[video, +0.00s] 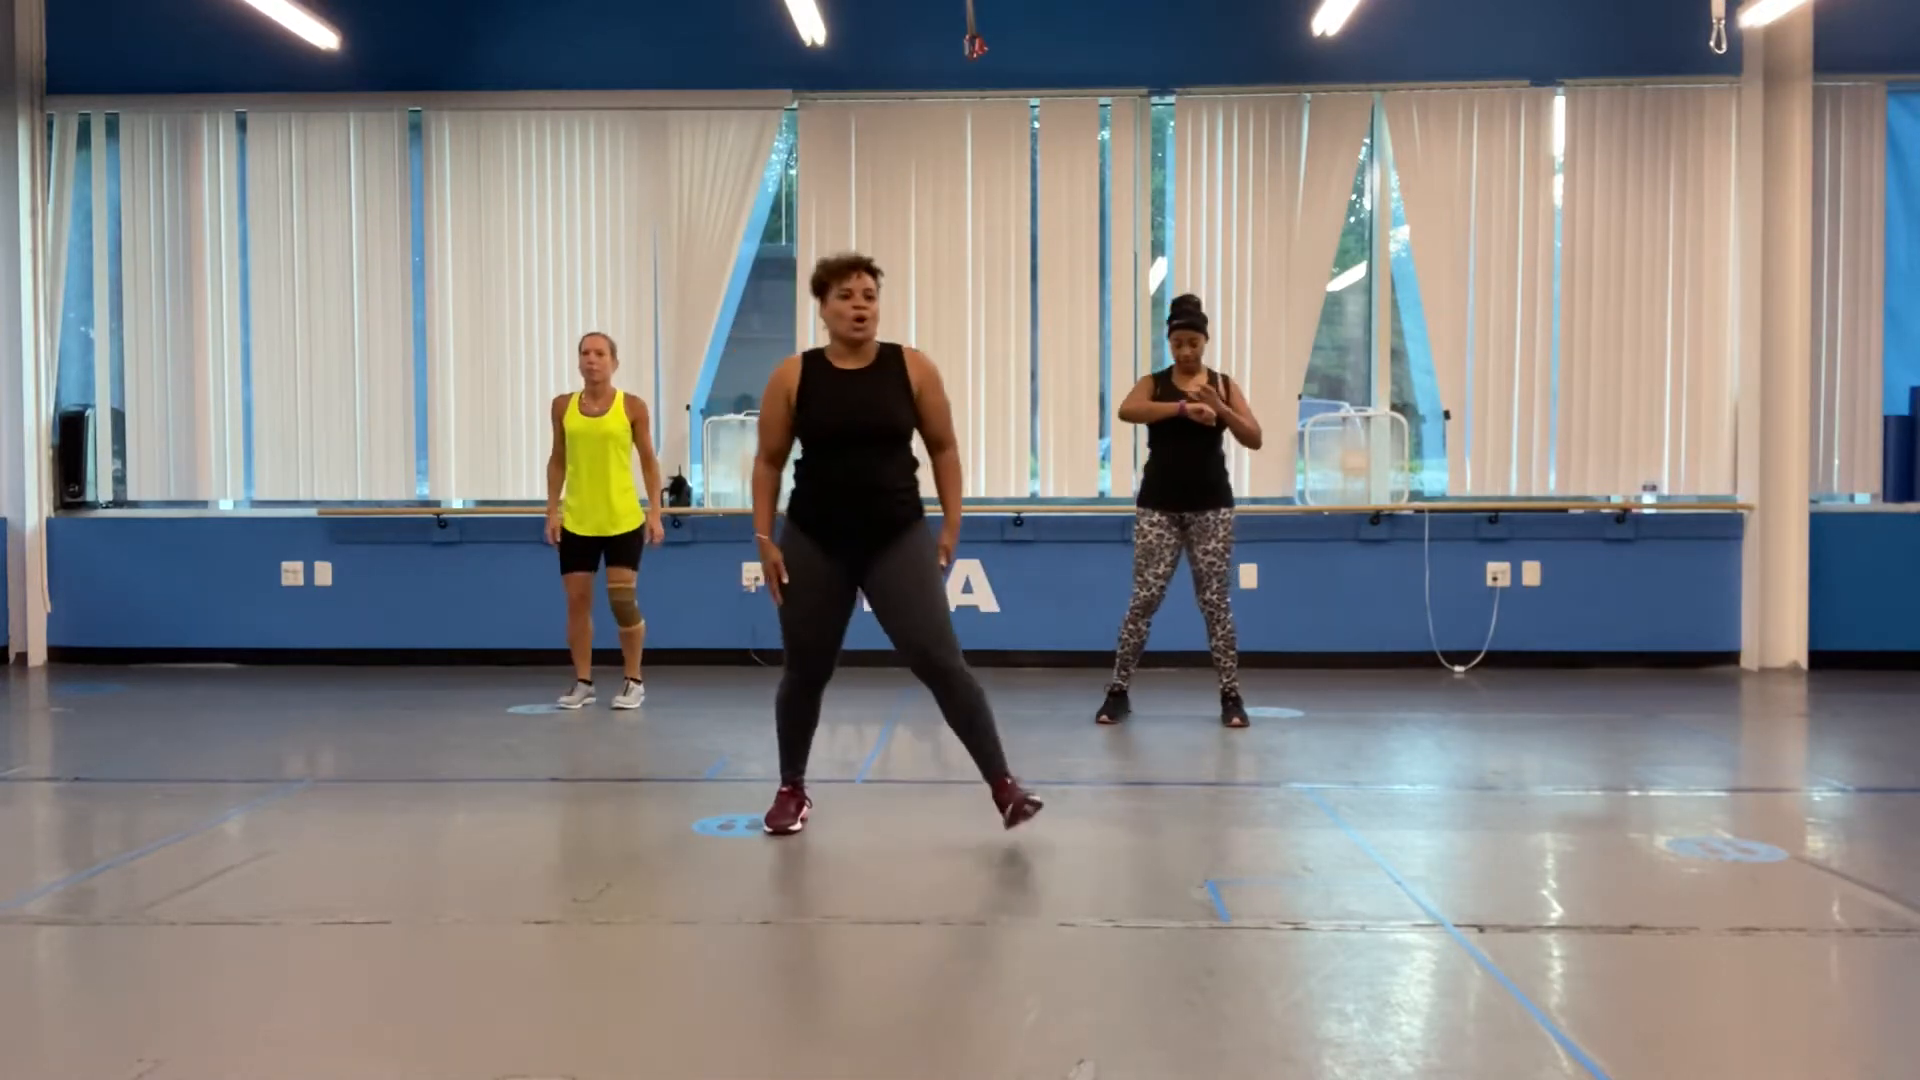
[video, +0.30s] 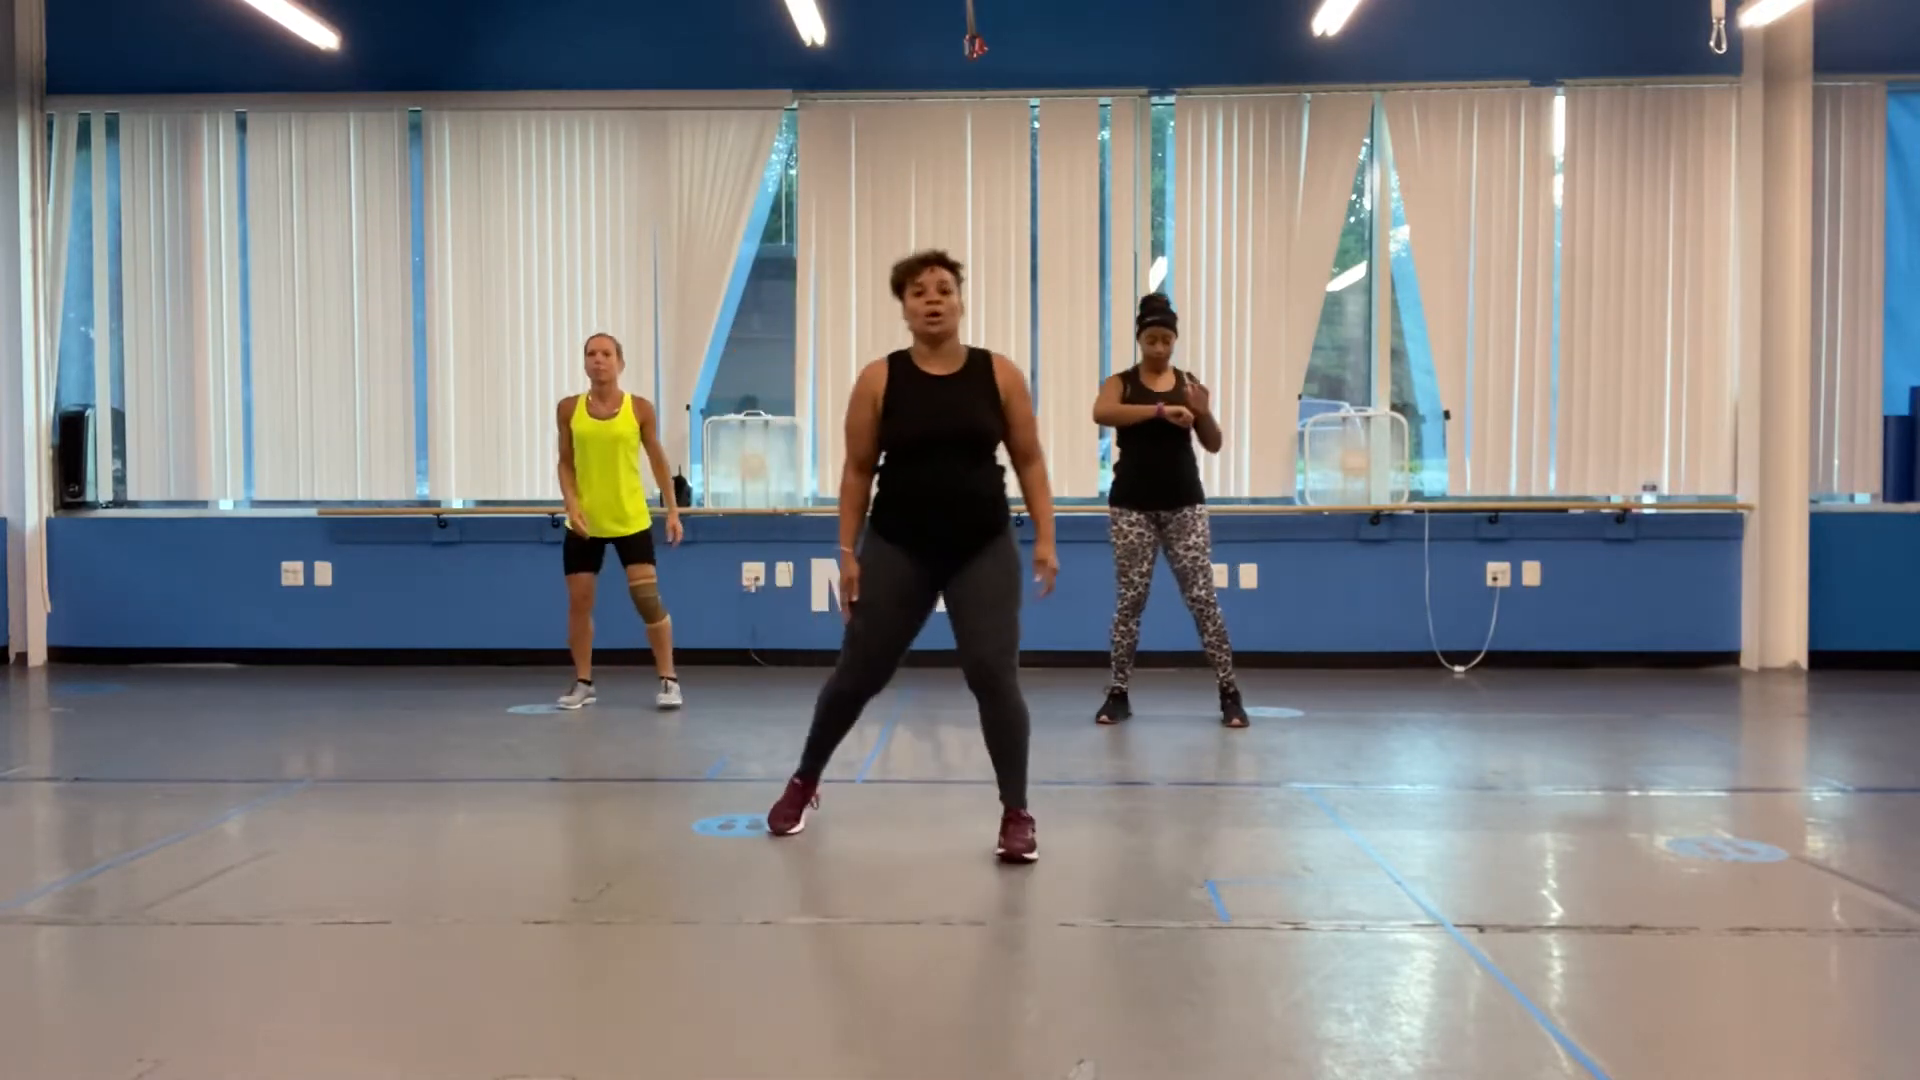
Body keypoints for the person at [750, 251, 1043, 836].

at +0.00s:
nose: (860, 305)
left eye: (869, 295)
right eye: (846, 296)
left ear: (880, 305)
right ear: (822, 308)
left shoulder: (914, 370)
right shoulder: (793, 377)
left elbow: (943, 449)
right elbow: (768, 461)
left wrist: (951, 526)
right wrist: (765, 540)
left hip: (897, 537)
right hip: (815, 540)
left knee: (941, 662)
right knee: (805, 670)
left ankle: (1002, 783)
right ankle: (791, 789)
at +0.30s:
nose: (933, 301)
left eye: (943, 292)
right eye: (921, 293)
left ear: (961, 302)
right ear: (903, 306)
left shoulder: (998, 375)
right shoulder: (879, 380)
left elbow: (1029, 460)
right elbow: (858, 470)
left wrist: (1045, 537)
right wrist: (847, 557)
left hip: (982, 546)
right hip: (898, 546)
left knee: (993, 672)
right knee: (860, 670)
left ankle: (1017, 814)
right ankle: (805, 780)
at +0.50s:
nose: (970, 294)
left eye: (981, 284)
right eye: (958, 286)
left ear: (999, 295)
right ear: (939, 299)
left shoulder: (1037, 367)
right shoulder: (913, 370)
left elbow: (1069, 449)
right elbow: (893, 460)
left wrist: (1076, 525)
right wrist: (891, 541)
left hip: (1016, 542)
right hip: (932, 542)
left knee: (1012, 675)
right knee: (907, 669)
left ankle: (1018, 815)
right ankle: (870, 777)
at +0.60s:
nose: (980, 291)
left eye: (990, 282)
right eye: (967, 284)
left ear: (1008, 292)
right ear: (949, 298)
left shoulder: (1048, 364)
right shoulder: (922, 369)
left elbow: (1074, 454)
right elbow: (903, 459)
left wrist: (1062, 534)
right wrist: (905, 536)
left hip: (1023, 540)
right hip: (941, 539)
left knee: (1016, 675)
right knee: (933, 668)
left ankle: (1018, 813)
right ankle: (914, 789)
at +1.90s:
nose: (980, 301)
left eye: (992, 290)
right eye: (967, 288)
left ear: (1006, 302)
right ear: (945, 298)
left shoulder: (1034, 367)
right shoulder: (913, 359)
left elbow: (1091, 437)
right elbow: (898, 447)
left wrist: (1125, 508)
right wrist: (958, 514)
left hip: (1032, 534)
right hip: (948, 533)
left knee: (1025, 677)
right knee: (925, 661)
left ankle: (1022, 812)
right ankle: (961, 787)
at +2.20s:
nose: (967, 318)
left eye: (980, 307)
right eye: (954, 307)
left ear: (996, 319)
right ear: (934, 318)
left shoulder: (1023, 399)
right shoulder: (905, 375)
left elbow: (1027, 494)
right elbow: (834, 429)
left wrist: (1076, 505)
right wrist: (897, 466)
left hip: (997, 547)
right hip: (916, 549)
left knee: (979, 655)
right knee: (911, 679)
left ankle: (1046, 763)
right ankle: (925, 809)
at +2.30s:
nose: (968, 317)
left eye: (980, 307)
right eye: (955, 308)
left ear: (997, 317)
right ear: (936, 319)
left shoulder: (1025, 386)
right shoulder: (906, 372)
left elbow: (1040, 477)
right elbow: (821, 402)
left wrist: (1037, 495)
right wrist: (831, 473)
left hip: (1003, 547)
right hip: (918, 547)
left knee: (1009, 663)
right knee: (916, 683)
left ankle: (1021, 782)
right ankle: (924, 808)